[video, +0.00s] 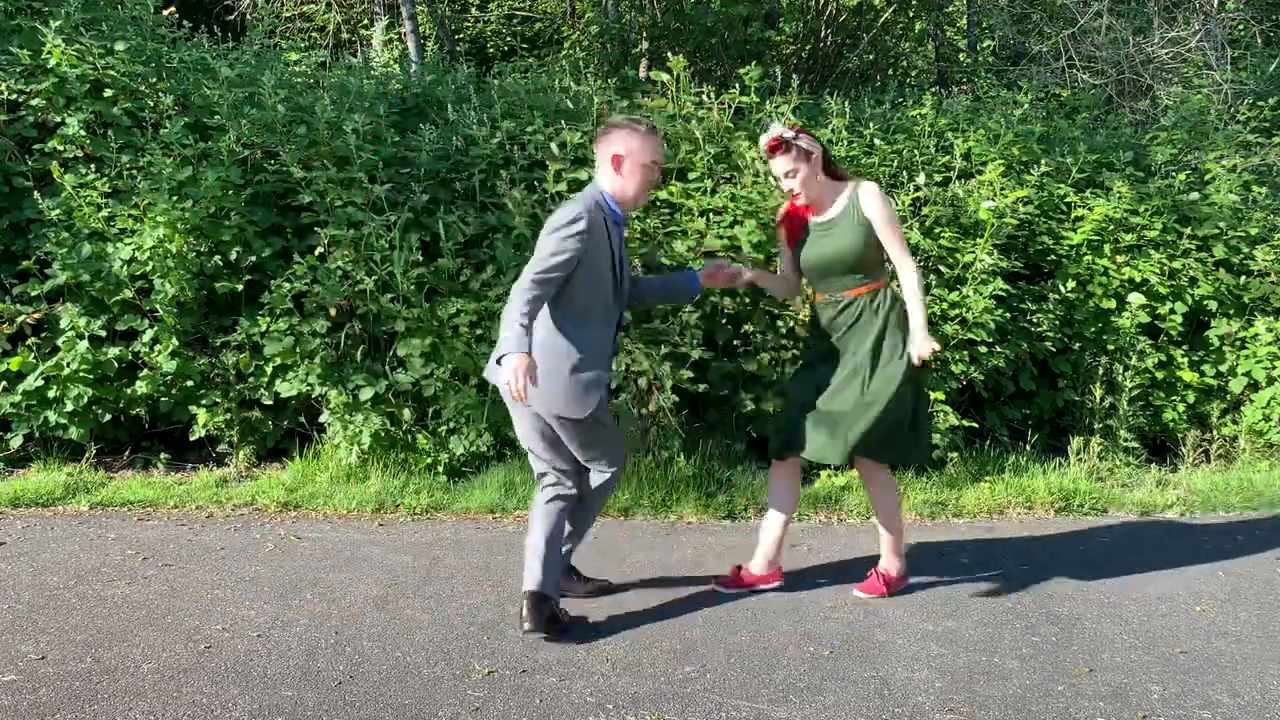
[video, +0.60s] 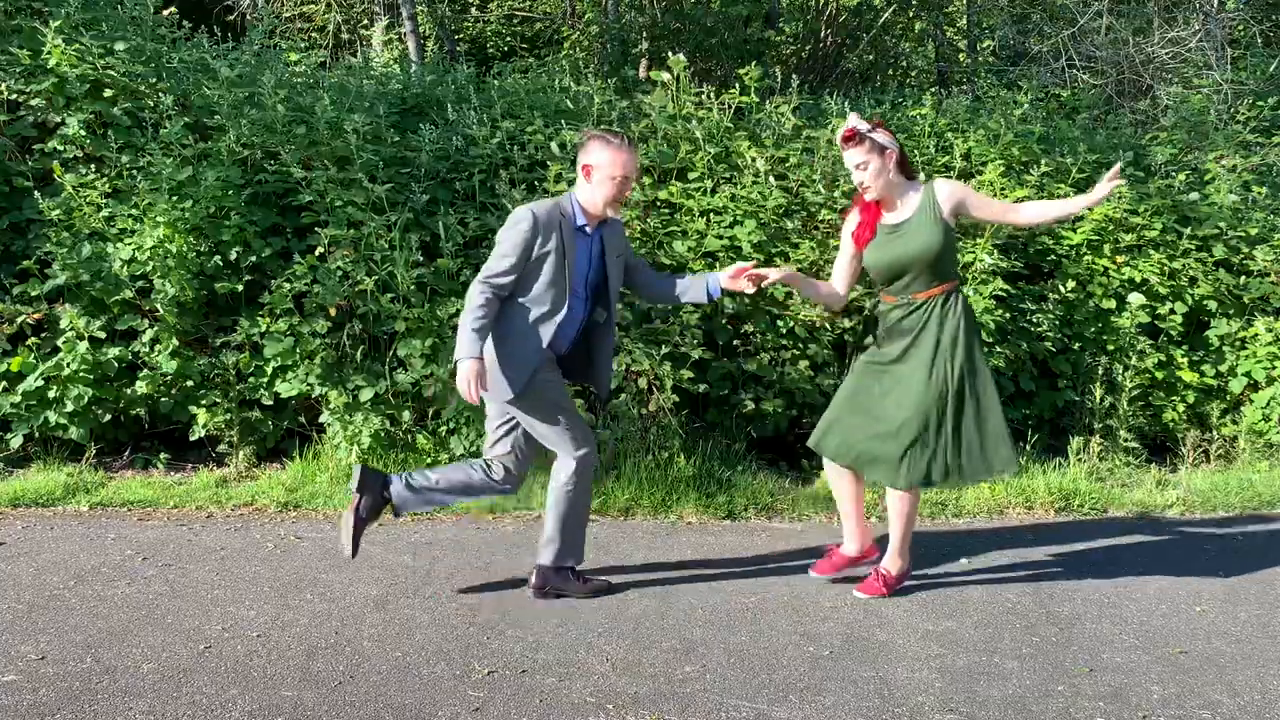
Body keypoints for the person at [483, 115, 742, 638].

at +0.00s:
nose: (657, 180)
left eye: (659, 170)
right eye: (652, 169)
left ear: (621, 166)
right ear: (616, 163)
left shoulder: (604, 223)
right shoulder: (582, 217)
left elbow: (627, 291)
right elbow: (530, 286)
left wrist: (698, 280)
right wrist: (515, 348)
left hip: (523, 378)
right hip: (562, 379)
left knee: (557, 480)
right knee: (604, 463)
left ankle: (538, 599)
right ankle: (557, 562)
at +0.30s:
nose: (651, 207)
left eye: (654, 198)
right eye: (645, 196)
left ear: (621, 192)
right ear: (609, 188)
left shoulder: (617, 248)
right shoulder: (558, 234)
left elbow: (639, 304)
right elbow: (501, 298)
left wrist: (706, 308)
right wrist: (451, 359)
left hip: (524, 376)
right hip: (536, 371)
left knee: (546, 479)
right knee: (595, 457)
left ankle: (473, 566)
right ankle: (557, 571)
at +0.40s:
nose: (644, 210)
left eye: (648, 200)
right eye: (637, 198)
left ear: (618, 194)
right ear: (602, 189)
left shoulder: (618, 250)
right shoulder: (550, 236)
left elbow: (645, 304)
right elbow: (496, 301)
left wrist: (718, 311)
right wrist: (454, 363)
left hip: (526, 377)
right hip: (528, 374)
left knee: (535, 484)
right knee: (595, 453)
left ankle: (442, 545)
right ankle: (558, 570)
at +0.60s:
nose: (628, 191)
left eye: (632, 181)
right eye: (621, 180)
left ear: (626, 182)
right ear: (586, 173)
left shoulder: (611, 236)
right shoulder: (534, 221)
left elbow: (652, 285)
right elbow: (487, 289)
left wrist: (718, 281)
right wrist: (469, 350)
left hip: (535, 366)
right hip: (513, 362)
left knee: (503, 473)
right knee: (578, 450)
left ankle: (387, 490)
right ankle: (555, 571)